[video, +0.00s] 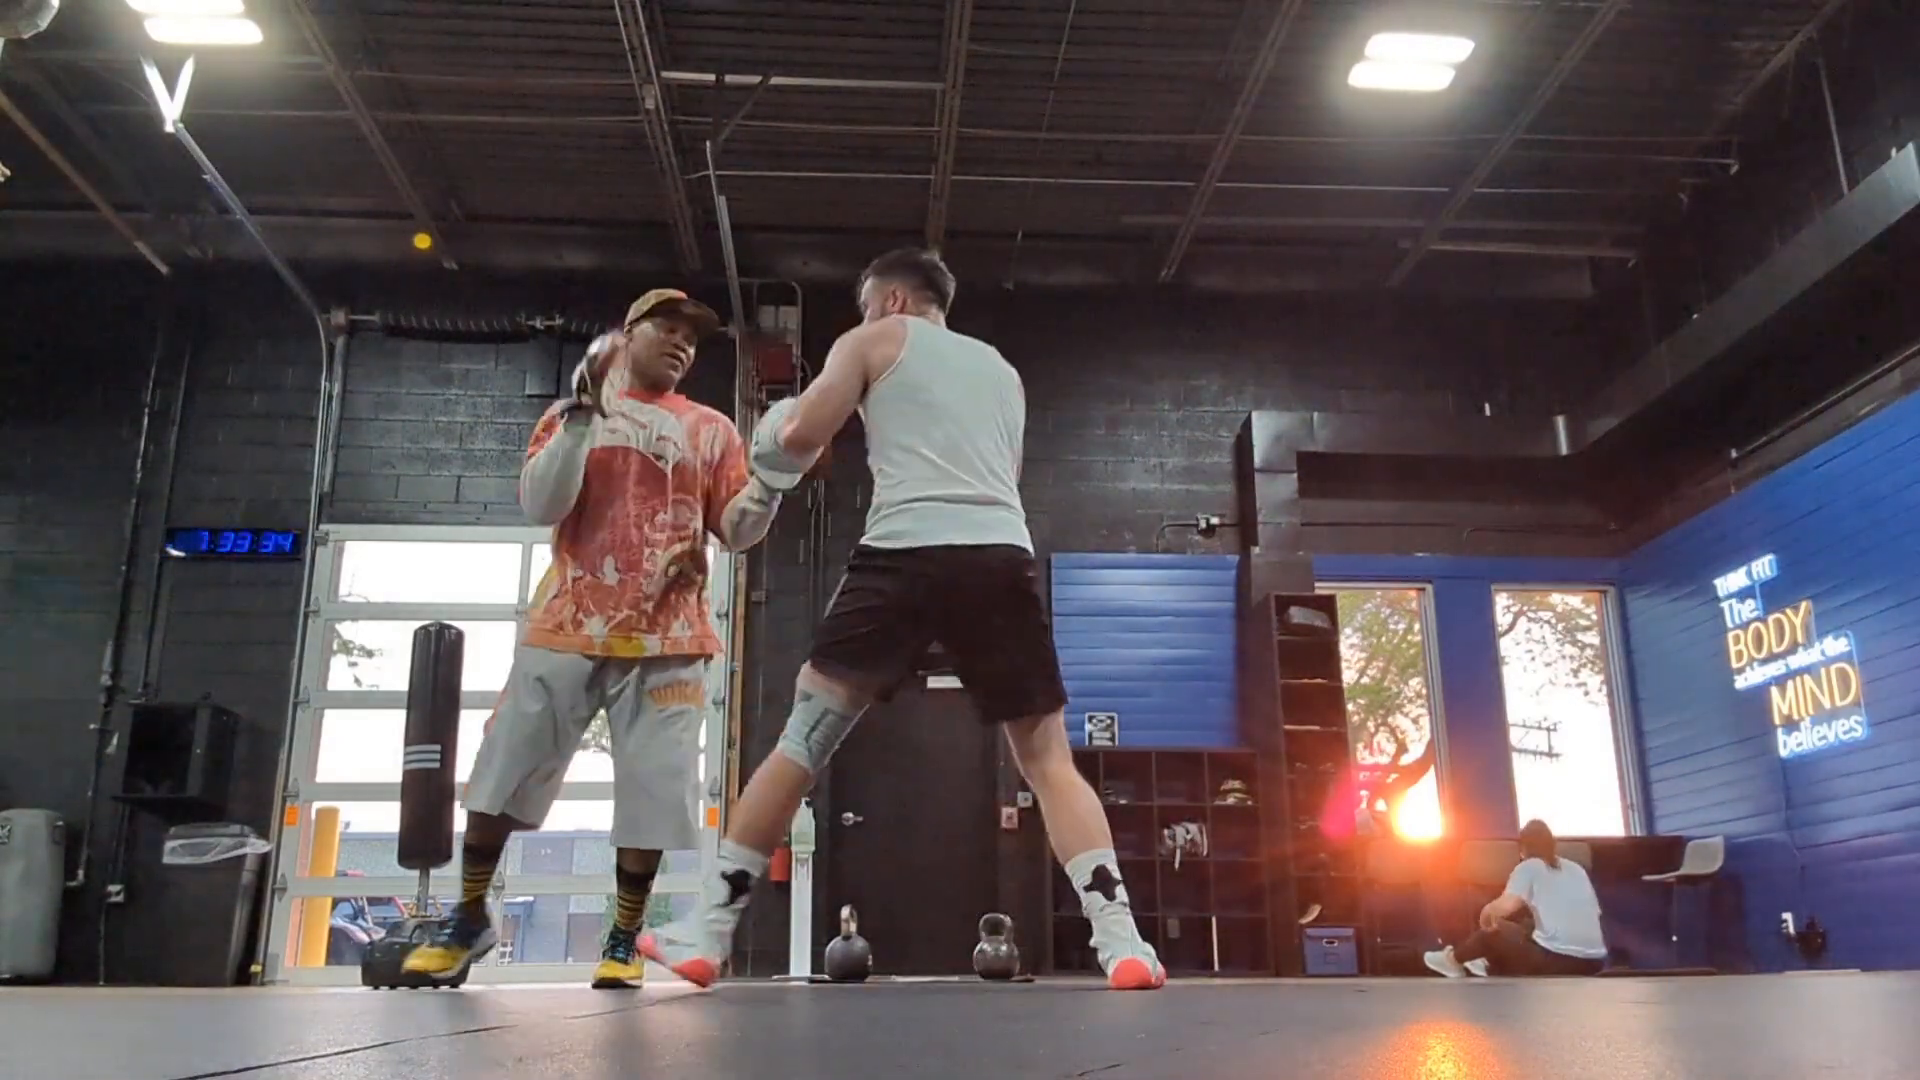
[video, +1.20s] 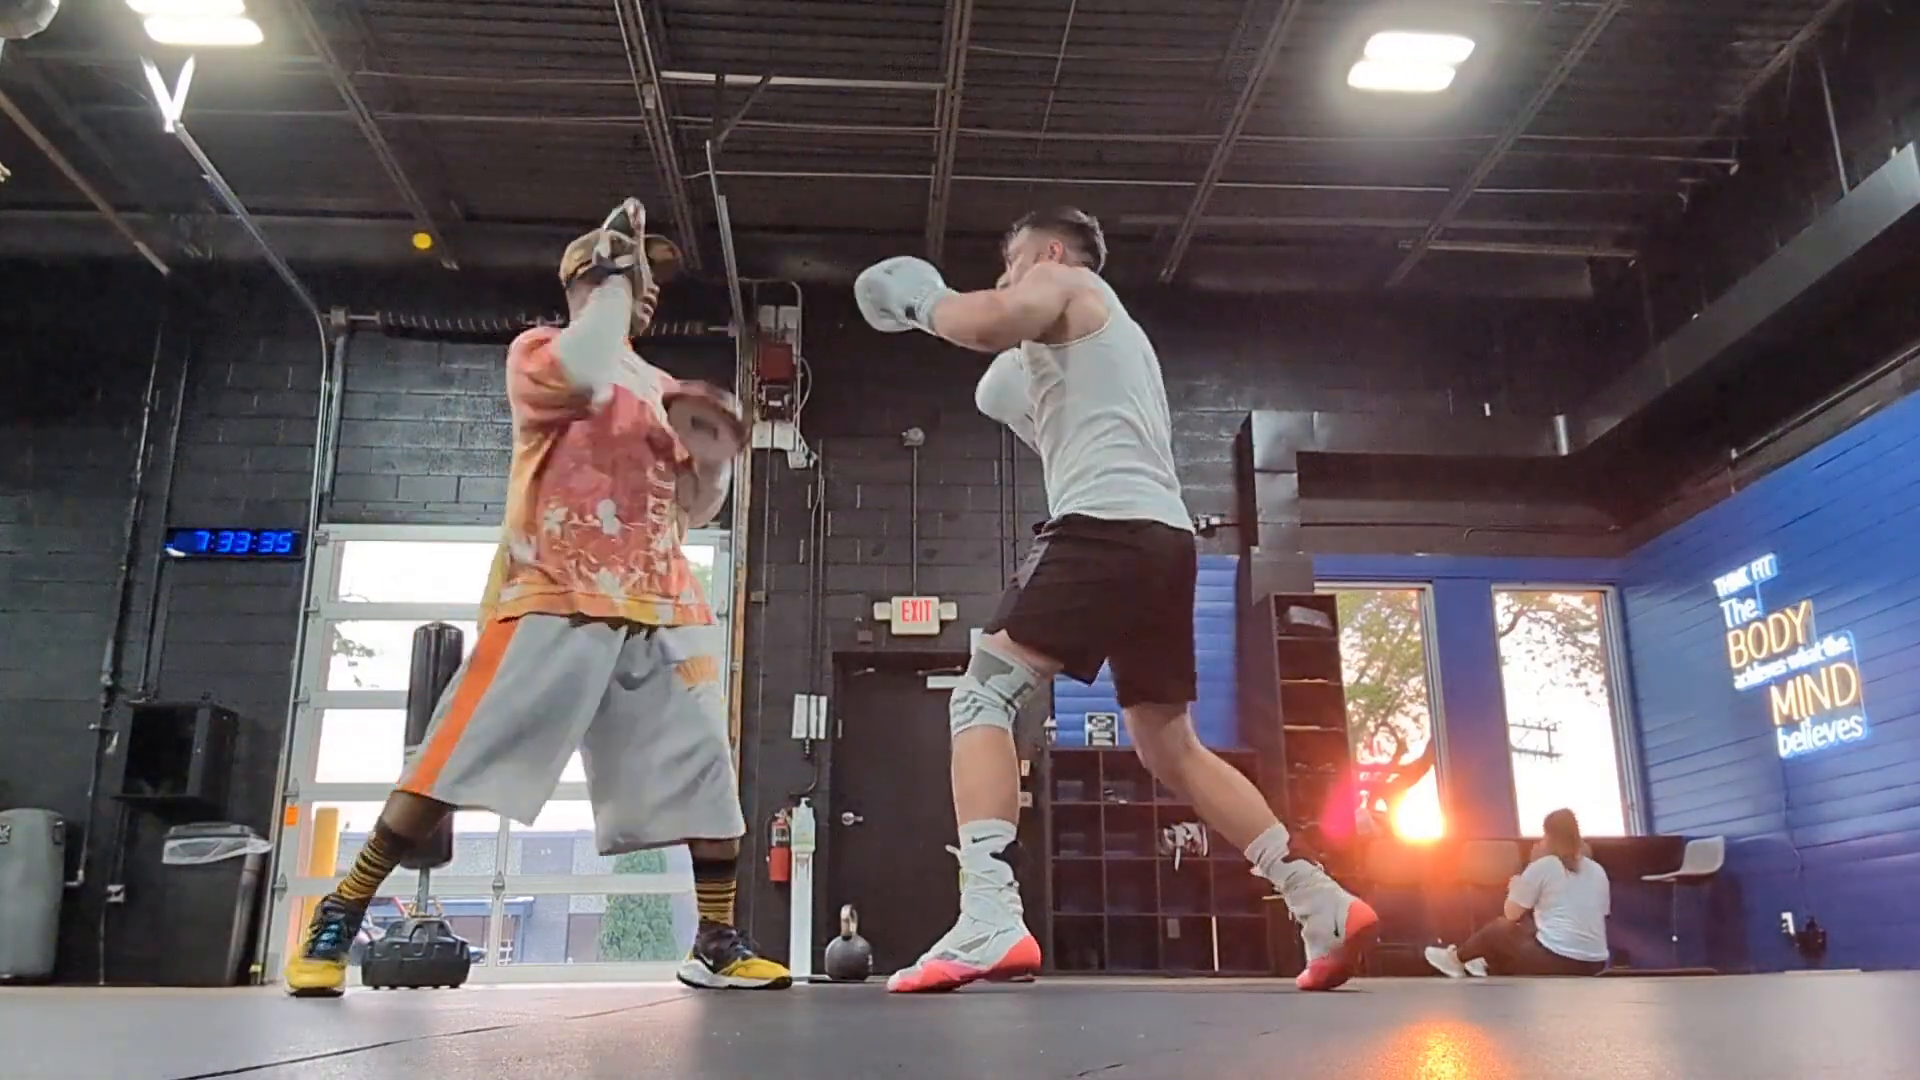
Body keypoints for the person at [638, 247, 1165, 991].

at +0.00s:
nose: (867, 320)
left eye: (868, 308)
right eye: (868, 310)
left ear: (892, 298)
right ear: (941, 304)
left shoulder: (870, 340)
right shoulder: (1004, 371)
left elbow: (802, 435)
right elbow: (1008, 473)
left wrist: (762, 487)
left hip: (899, 559)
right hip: (1000, 563)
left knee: (802, 745)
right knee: (1049, 756)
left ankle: (707, 929)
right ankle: (1121, 940)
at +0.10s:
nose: (874, 292)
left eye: (877, 277)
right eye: (874, 280)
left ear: (908, 266)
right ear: (950, 272)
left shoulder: (902, 301)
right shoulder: (1007, 337)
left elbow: (869, 390)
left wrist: (798, 403)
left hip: (945, 528)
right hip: (1038, 532)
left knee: (851, 707)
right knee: (1063, 739)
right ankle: (1122, 937)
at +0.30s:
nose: (905, 299)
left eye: (911, 279)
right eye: (905, 283)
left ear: (946, 266)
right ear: (970, 271)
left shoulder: (967, 306)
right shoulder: (1019, 335)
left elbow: (936, 411)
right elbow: (939, 451)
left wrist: (877, 399)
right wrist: (871, 409)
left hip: (1028, 534)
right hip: (1103, 539)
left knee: (921, 718)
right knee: (1117, 748)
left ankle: (938, 934)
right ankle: (1236, 912)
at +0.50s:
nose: (974, 320)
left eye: (980, 302)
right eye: (973, 307)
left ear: (1021, 296)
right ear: (1036, 303)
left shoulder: (1048, 331)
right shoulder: (1073, 372)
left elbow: (1038, 422)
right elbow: (1030, 516)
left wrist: (964, 427)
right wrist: (976, 446)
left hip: (1103, 559)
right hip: (1166, 569)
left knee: (963, 713)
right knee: (1187, 775)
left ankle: (941, 935)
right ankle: (1316, 939)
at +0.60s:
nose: (984, 310)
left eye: (991, 293)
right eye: (985, 299)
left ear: (1030, 283)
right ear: (1052, 291)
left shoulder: (1047, 312)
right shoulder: (1106, 356)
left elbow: (998, 370)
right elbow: (1070, 500)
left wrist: (943, 366)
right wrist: (1002, 431)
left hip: (1108, 531)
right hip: (1188, 540)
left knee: (996, 709)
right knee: (1209, 748)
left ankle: (966, 920)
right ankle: (1319, 936)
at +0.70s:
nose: (997, 304)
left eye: (1005, 290)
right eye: (999, 292)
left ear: (1042, 285)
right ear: (1074, 295)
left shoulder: (1037, 313)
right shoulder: (1133, 351)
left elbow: (912, 313)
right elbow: (1125, 446)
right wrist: (1030, 436)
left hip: (1106, 528)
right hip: (1192, 531)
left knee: (1010, 715)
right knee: (1215, 746)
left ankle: (980, 929)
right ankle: (1321, 930)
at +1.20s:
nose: (1007, 280)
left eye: (1014, 263)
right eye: (1007, 267)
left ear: (1052, 250)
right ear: (1075, 256)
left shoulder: (1066, 282)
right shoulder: (1123, 339)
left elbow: (991, 321)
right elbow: (1113, 442)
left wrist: (922, 298)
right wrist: (1032, 405)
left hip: (1105, 529)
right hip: (1167, 542)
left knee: (984, 698)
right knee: (1171, 746)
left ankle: (987, 917)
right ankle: (1319, 901)